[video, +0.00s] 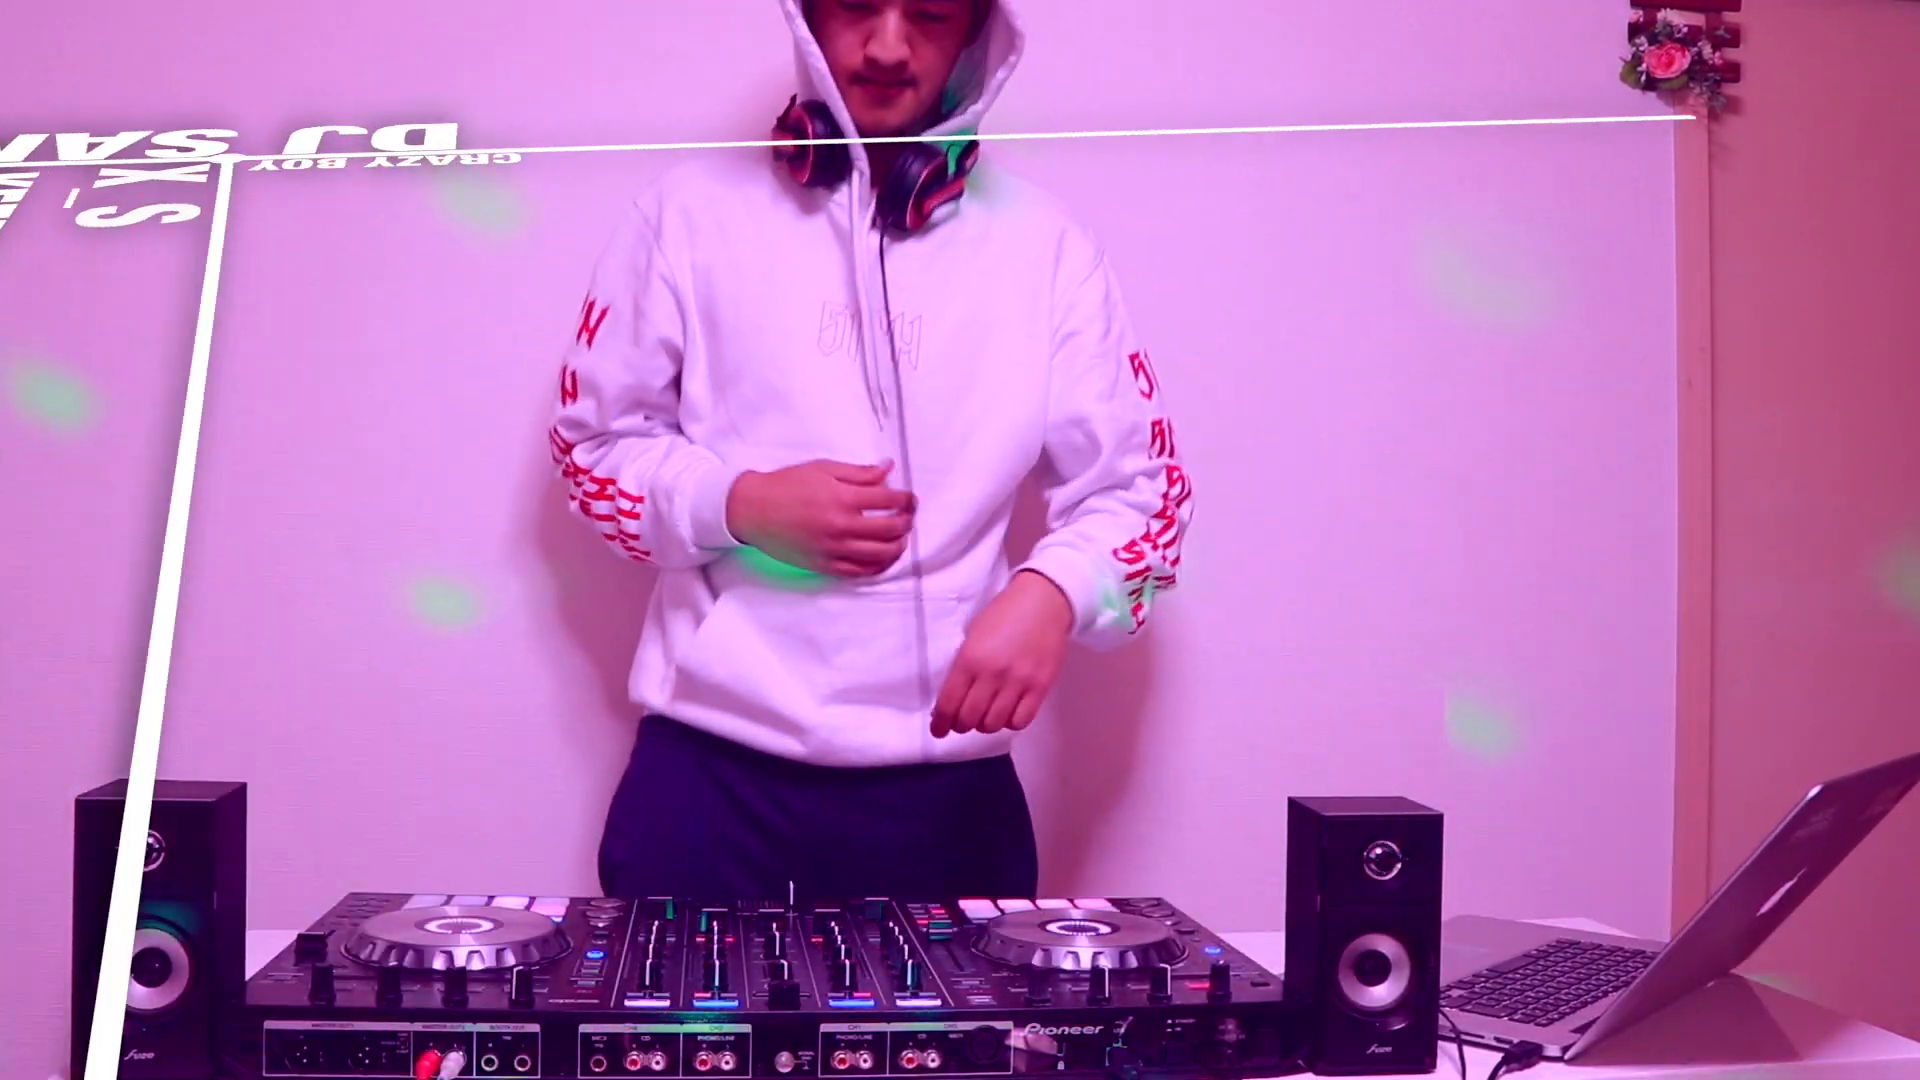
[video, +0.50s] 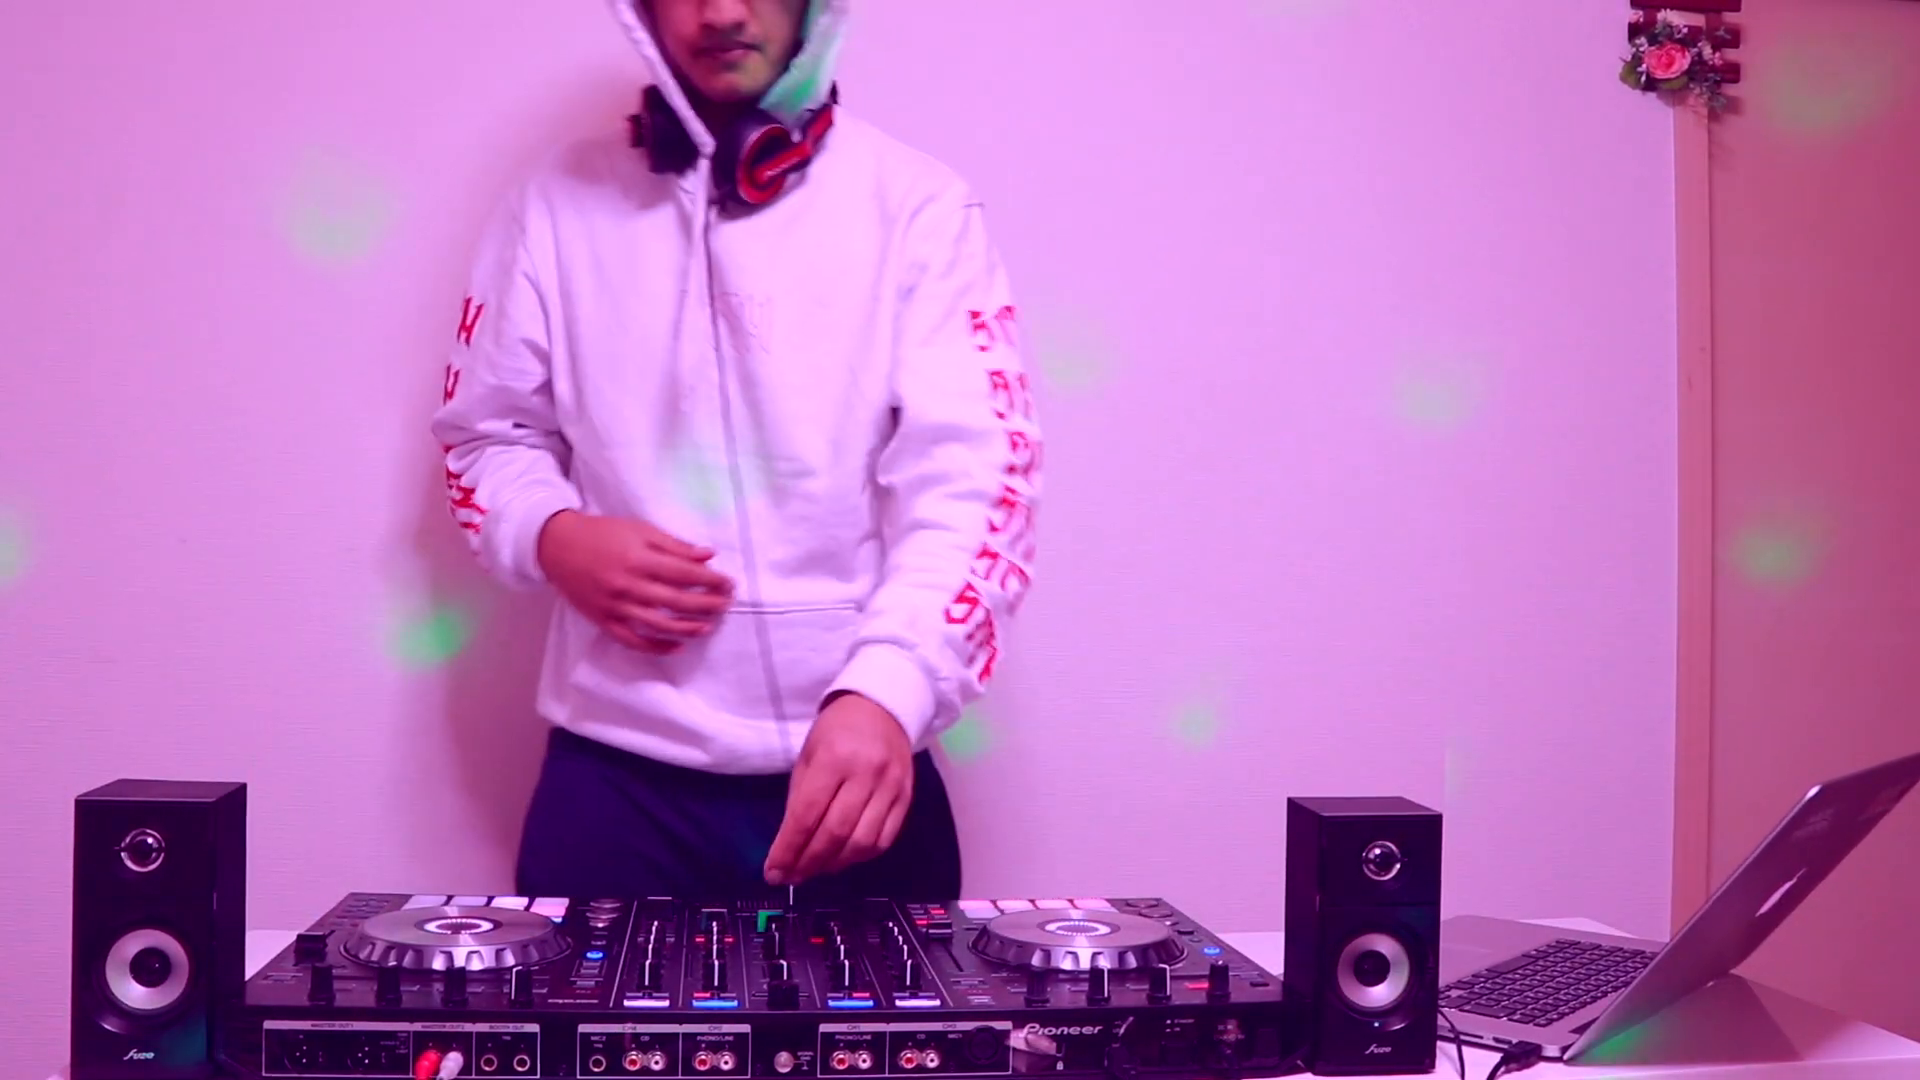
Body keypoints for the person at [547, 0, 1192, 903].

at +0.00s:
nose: (887, 49)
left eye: (926, 15)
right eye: (854, 11)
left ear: (971, 29)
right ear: (809, 20)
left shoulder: (1043, 249)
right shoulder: (693, 216)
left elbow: (1138, 488)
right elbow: (597, 447)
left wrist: (1052, 590)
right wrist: (742, 506)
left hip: (947, 798)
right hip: (714, 788)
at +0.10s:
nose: (885, 26)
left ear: (970, 15)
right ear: (805, 6)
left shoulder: (1041, 224)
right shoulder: (683, 196)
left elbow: (1129, 473)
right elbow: (597, 428)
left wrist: (1053, 596)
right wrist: (730, 507)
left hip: (944, 784)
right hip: (712, 769)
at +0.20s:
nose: (862, 47)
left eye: (903, 12)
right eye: (826, 7)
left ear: (950, 28)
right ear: (779, 19)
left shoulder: (1027, 243)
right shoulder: (666, 219)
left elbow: (1112, 493)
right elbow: (581, 448)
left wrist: (1019, 635)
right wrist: (688, 540)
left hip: (934, 794)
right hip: (702, 786)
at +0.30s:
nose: (818, 33)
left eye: (857, 1)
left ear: (909, 15)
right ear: (737, 10)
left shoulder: (990, 217)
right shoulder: (631, 201)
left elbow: (1059, 478)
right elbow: (558, 434)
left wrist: (972, 646)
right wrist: (647, 547)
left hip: (912, 786)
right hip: (676, 776)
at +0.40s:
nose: (773, 0)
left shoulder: (957, 192)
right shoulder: (595, 187)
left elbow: (1010, 466)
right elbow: (521, 415)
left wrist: (930, 660)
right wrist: (603, 523)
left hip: (884, 772)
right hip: (651, 763)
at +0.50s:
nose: (721, 13)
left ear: (812, 2)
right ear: (645, 9)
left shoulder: (917, 210)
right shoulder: (561, 208)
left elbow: (973, 488)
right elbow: (486, 439)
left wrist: (886, 694)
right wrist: (558, 539)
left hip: (857, 785)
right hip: (620, 782)